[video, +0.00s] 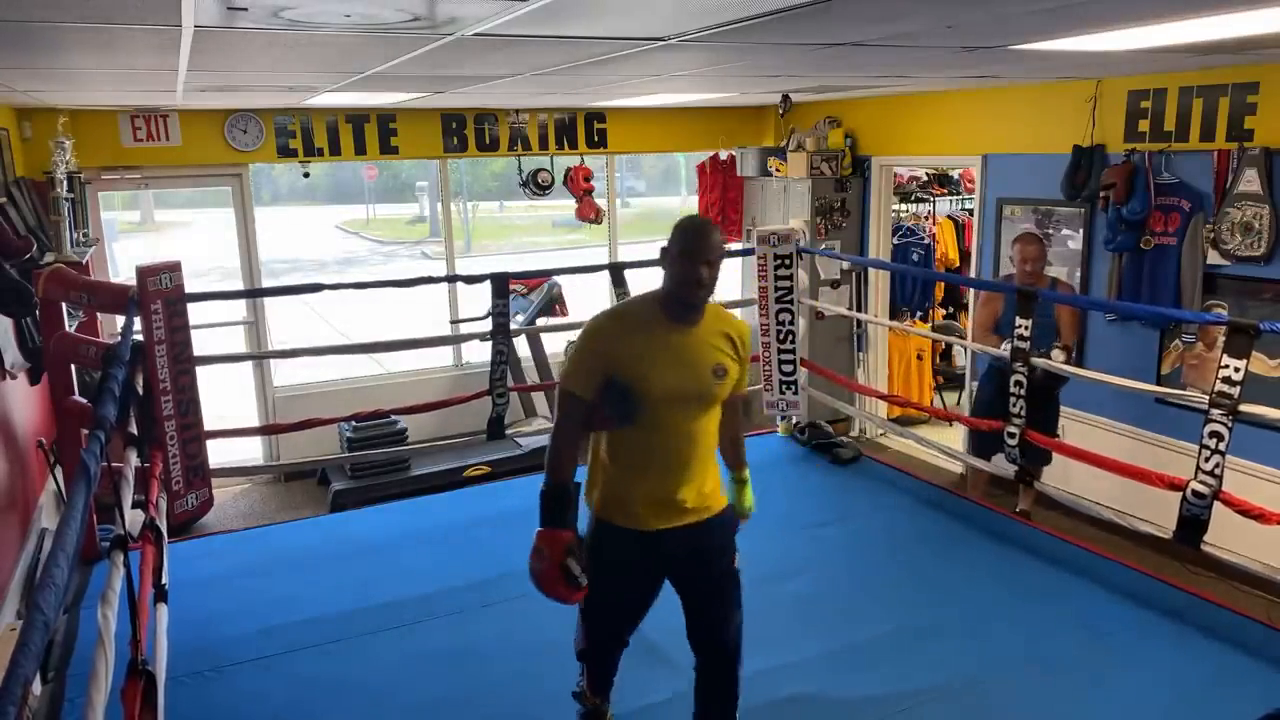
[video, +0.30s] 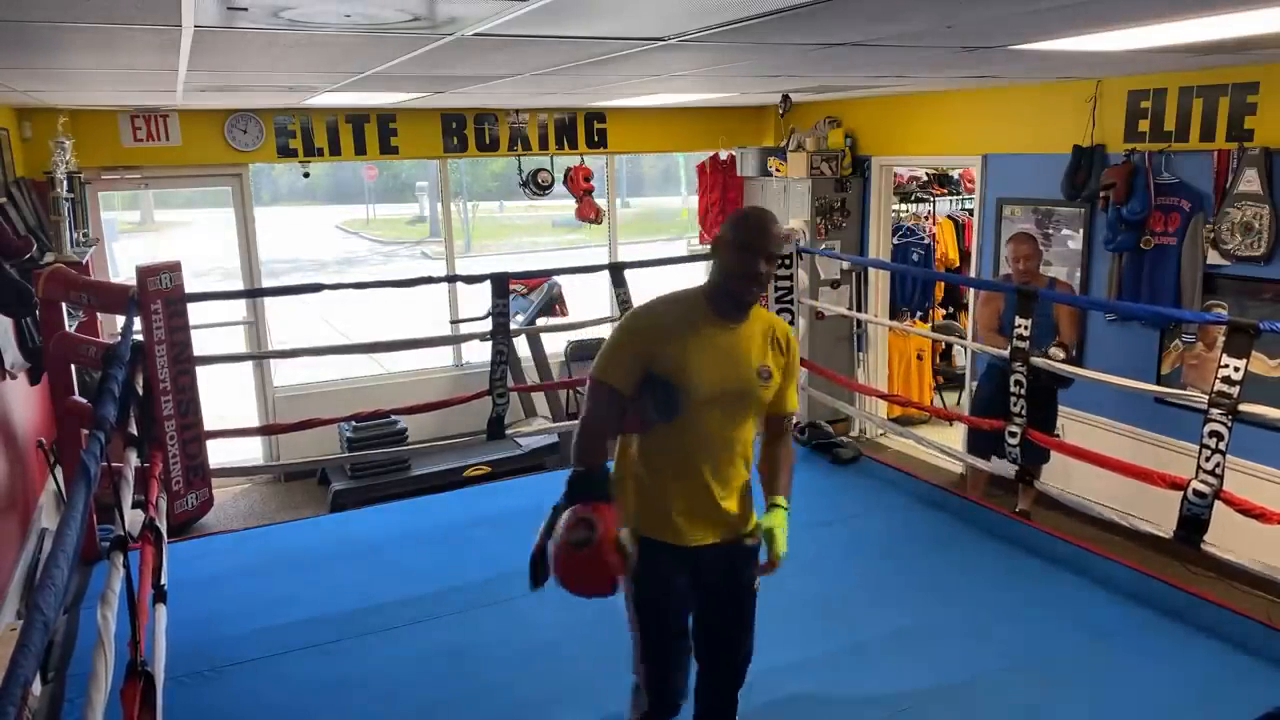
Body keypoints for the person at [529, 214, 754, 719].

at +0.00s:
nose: (703, 275)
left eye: (713, 263)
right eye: (691, 261)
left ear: (723, 267)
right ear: (665, 257)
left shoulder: (731, 334)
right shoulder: (608, 333)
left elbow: (730, 414)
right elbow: (567, 430)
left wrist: (741, 484)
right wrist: (556, 524)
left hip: (703, 523)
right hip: (623, 528)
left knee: (721, 654)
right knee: (603, 638)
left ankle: (716, 719)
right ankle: (595, 702)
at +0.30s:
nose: (762, 270)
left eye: (773, 259)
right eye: (751, 256)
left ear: (780, 264)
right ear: (717, 249)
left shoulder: (778, 339)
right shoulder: (646, 328)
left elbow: (778, 432)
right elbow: (594, 432)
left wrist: (777, 508)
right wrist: (589, 521)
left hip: (731, 533)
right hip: (654, 536)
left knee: (725, 679)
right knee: (664, 689)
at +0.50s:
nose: (789, 307)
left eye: (797, 294)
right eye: (783, 292)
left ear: (800, 288)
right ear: (748, 275)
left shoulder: (797, 353)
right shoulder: (659, 344)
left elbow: (802, 464)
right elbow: (612, 455)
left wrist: (758, 525)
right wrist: (671, 497)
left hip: (755, 563)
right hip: (683, 567)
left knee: (733, 697)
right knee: (704, 709)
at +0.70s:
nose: (792, 331)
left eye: (802, 318)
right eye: (783, 319)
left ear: (808, 304)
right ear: (744, 296)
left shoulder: (809, 352)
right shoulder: (664, 367)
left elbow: (827, 467)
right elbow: (627, 498)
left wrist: (797, 529)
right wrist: (701, 497)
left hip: (792, 589)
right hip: (707, 599)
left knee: (795, 709)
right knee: (716, 712)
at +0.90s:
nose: (806, 346)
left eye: (818, 332)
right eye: (794, 333)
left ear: (828, 312)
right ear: (758, 298)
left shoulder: (829, 358)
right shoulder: (678, 378)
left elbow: (854, 468)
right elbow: (641, 515)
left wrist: (874, 560)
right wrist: (690, 556)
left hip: (824, 607)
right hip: (729, 627)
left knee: (868, 712)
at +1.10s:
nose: (886, 349)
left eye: (894, 332)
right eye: (876, 330)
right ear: (833, 309)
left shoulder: (882, 378)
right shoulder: (724, 387)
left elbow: (880, 483)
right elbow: (669, 511)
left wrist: (945, 576)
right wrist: (671, 619)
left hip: (859, 639)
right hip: (753, 653)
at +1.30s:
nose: (940, 351)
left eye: (951, 337)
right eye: (931, 332)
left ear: (959, 326)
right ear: (886, 305)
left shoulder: (947, 390)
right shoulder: (773, 384)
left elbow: (943, 502)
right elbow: (710, 505)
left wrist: (1002, 606)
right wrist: (692, 598)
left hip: (902, 656)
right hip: (794, 664)